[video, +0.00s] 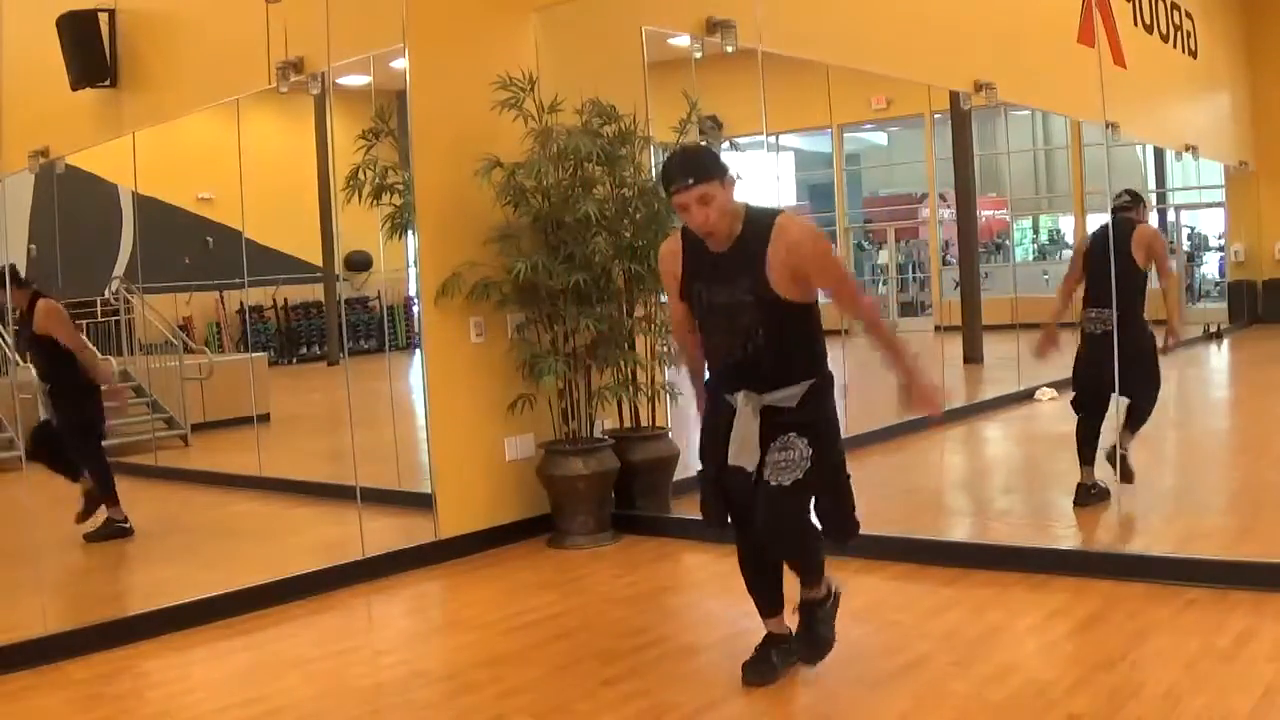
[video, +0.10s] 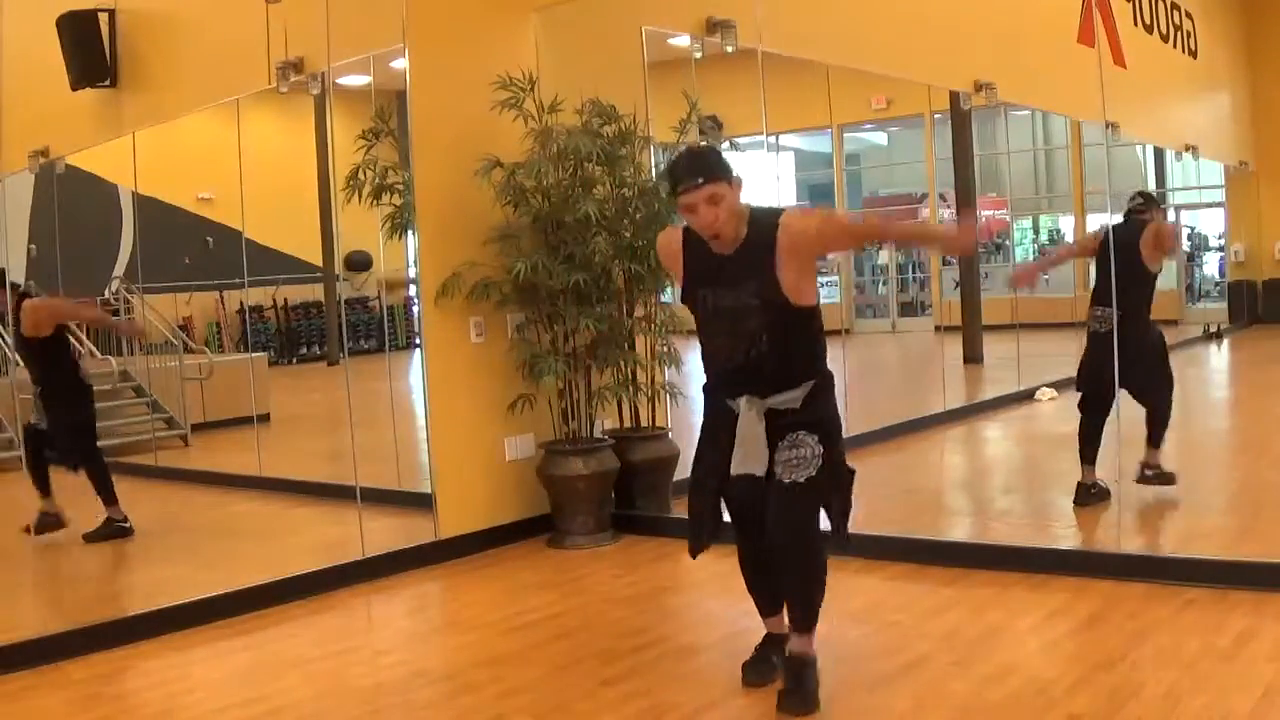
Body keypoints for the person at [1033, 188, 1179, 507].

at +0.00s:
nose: (1146, 218)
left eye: (1145, 214)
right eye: (1146, 213)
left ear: (1114, 211)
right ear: (1140, 211)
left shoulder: (1089, 241)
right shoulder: (1147, 234)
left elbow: (1068, 285)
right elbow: (1167, 279)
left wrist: (1051, 324)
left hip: (1092, 337)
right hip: (1131, 334)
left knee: (1090, 407)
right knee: (1146, 390)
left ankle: (1087, 482)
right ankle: (1122, 444)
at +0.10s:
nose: (1163, 218)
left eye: (1161, 213)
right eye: (1161, 213)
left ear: (1129, 213)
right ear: (1153, 212)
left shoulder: (1105, 235)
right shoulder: (1154, 230)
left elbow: (1067, 251)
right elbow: (1167, 244)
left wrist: (1035, 267)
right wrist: (1171, 239)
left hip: (1099, 336)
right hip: (1136, 336)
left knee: (1094, 405)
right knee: (1160, 394)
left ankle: (1087, 482)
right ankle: (1151, 464)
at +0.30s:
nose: (1204, 236)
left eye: (1203, 229)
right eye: (1200, 227)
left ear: (1162, 218)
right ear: (1184, 219)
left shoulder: (1133, 242)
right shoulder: (1182, 247)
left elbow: (1094, 244)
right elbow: (1193, 217)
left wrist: (1049, 251)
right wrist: (1184, 205)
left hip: (1125, 344)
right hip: (1161, 344)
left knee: (1107, 409)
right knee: (1183, 407)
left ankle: (1090, 478)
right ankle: (1200, 468)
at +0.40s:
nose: (1207, 223)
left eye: (1207, 218)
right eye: (1206, 217)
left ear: (1177, 212)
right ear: (1198, 215)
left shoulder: (1145, 243)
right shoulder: (1200, 242)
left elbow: (1108, 273)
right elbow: (1227, 265)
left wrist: (1076, 302)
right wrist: (1240, 297)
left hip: (1136, 341)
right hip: (1174, 340)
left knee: (1127, 405)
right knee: (1195, 402)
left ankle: (1099, 465)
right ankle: (1203, 469)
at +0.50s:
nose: (1216, 217)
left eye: (1216, 212)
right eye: (1215, 211)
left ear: (1187, 208)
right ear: (1207, 210)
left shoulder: (1158, 239)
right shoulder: (1212, 239)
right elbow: (1241, 285)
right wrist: (1261, 331)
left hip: (1150, 335)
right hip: (1183, 335)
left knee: (1158, 399)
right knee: (1205, 396)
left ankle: (1121, 449)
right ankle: (1204, 469)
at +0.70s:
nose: (1232, 205)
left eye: (1230, 200)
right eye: (1231, 200)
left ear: (1202, 199)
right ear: (1224, 199)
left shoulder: (1183, 227)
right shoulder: (1225, 222)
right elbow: (1250, 228)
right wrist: (1266, 221)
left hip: (1167, 320)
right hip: (1196, 320)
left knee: (1194, 384)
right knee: (1219, 382)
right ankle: (1205, 468)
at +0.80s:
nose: (1237, 201)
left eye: (1236, 198)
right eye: (1237, 197)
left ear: (1207, 196)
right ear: (1230, 196)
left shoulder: (1189, 222)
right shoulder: (1227, 216)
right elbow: (1246, 209)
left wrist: (1247, 191)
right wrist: (1254, 194)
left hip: (1177, 316)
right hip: (1206, 317)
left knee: (1210, 375)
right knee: (1212, 389)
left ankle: (1237, 417)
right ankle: (1204, 468)